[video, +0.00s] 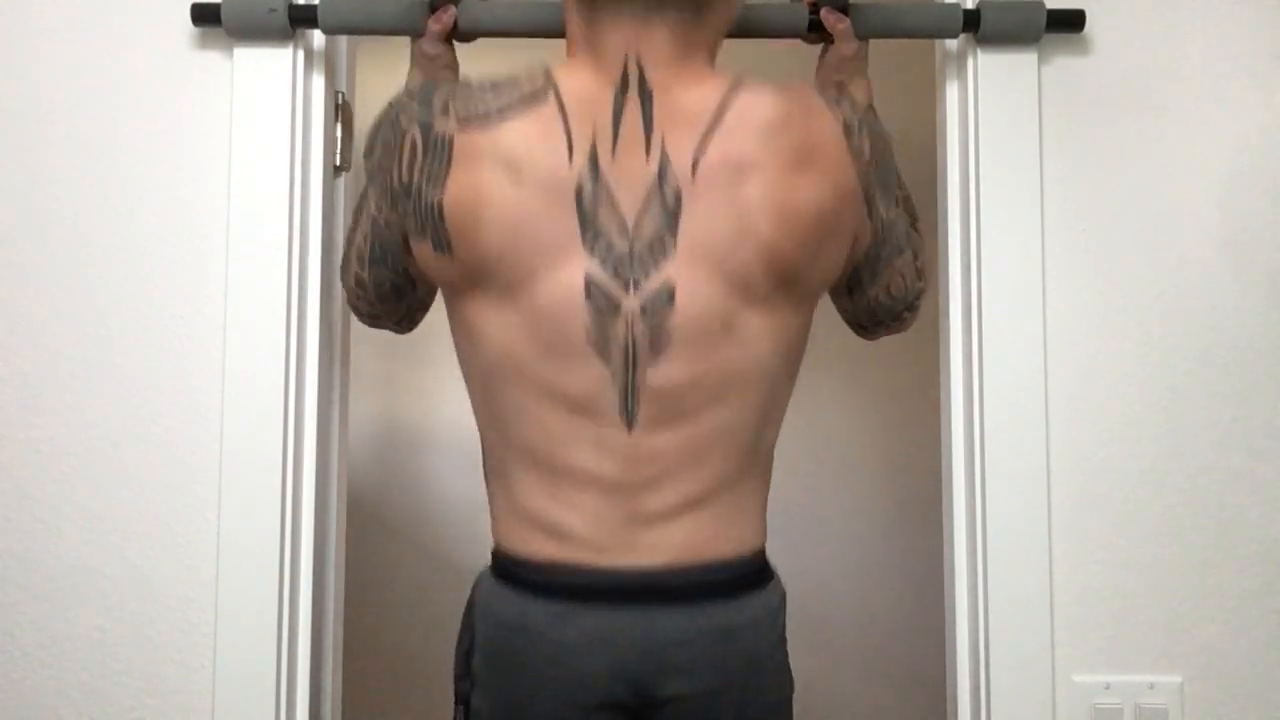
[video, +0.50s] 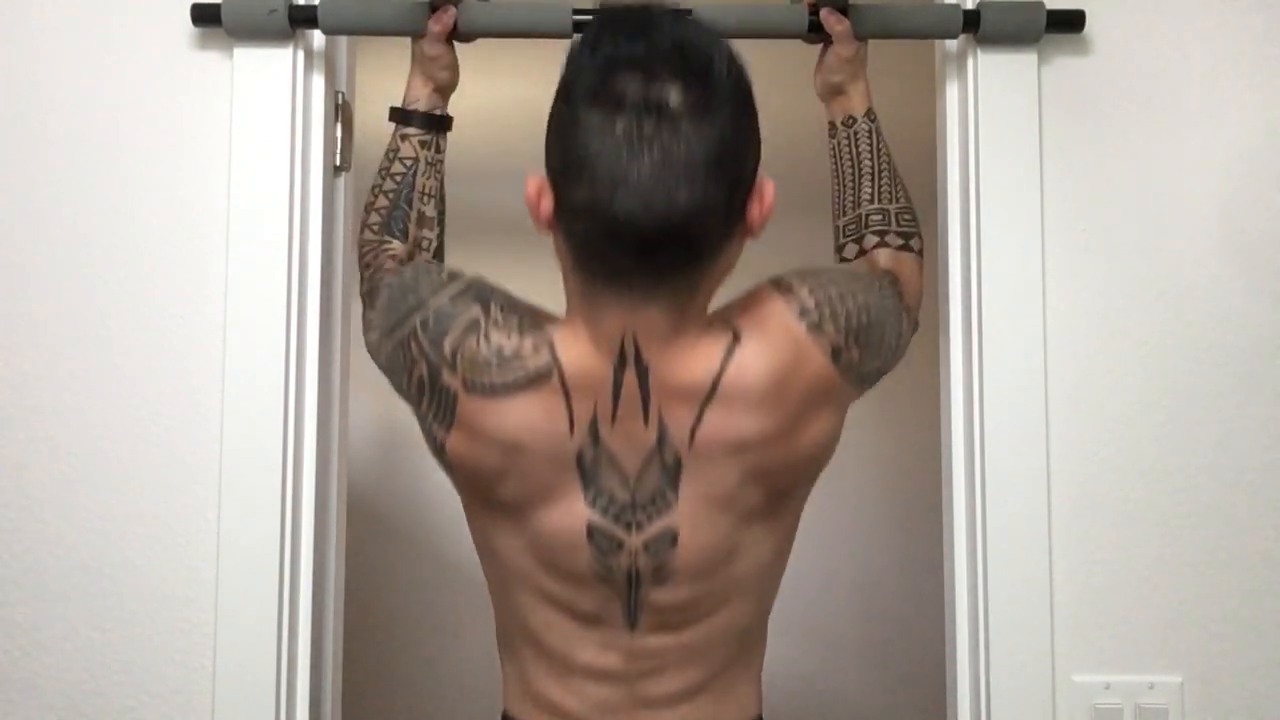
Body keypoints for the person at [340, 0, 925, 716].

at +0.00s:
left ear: (571, 4)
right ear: (725, 4)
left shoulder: (454, 134)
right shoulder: (802, 139)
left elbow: (380, 299)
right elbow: (889, 303)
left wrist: (425, 89)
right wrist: (851, 97)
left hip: (532, 636)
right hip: (728, 637)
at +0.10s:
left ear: (552, 18)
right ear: (751, 22)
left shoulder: (463, 187)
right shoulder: (805, 189)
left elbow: (379, 298)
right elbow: (893, 301)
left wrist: (422, 103)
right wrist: (851, 102)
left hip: (530, 664)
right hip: (726, 666)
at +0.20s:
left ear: (543, 57)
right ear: (758, 63)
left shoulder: (466, 243)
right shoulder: (802, 244)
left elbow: (376, 282)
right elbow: (896, 294)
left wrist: (424, 98)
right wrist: (850, 101)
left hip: (530, 688)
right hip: (724, 688)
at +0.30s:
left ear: (542, 114)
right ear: (758, 117)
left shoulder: (470, 289)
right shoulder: (805, 285)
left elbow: (380, 274)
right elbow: (900, 276)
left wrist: (424, 98)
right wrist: (851, 100)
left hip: (532, 699)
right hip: (727, 699)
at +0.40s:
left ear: (543, 161)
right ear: (758, 170)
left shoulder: (474, 335)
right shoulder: (803, 326)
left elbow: (384, 267)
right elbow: (895, 264)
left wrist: (424, 97)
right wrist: (850, 97)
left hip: (535, 707)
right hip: (727, 708)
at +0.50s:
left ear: (541, 202)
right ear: (757, 209)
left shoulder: (480, 374)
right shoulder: (797, 360)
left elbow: (390, 258)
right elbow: (894, 265)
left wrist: (424, 93)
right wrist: (849, 98)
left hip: (540, 709)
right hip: (725, 708)